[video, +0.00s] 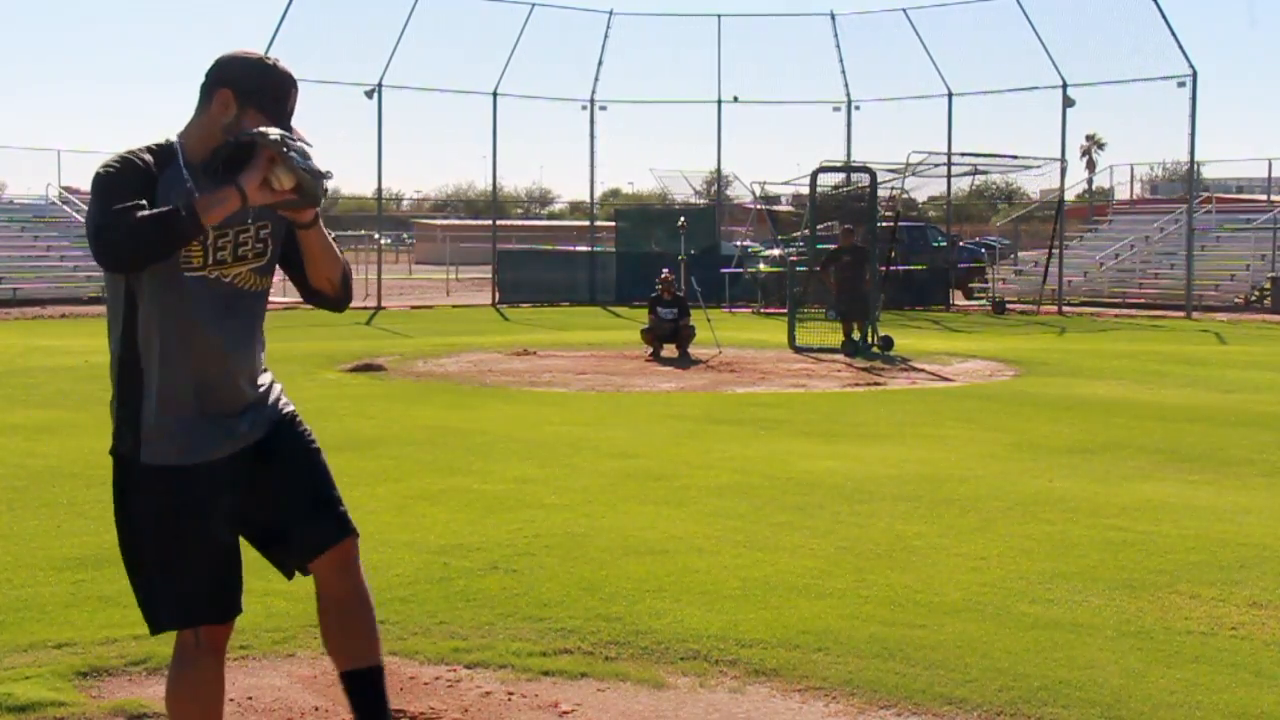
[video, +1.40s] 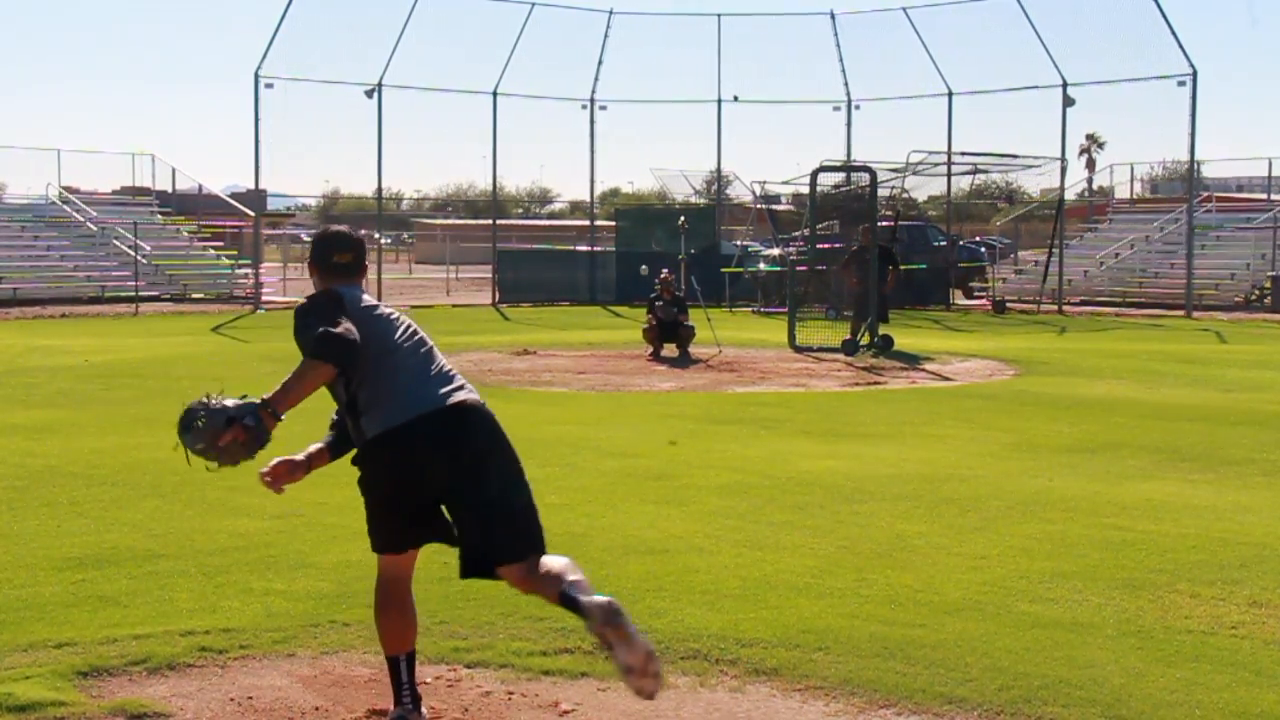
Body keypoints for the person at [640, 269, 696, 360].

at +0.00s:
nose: (666, 287)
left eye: (669, 284)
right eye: (664, 284)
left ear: (673, 285)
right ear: (660, 286)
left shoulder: (680, 300)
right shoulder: (654, 299)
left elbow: (686, 319)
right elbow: (651, 318)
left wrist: (673, 325)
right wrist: (662, 325)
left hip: (676, 328)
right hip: (660, 329)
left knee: (689, 330)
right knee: (645, 333)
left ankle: (682, 350)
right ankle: (656, 347)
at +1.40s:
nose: (667, 286)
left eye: (669, 283)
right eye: (664, 284)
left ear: (673, 284)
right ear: (660, 285)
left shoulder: (679, 299)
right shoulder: (654, 299)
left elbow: (685, 317)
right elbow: (649, 314)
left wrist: (675, 317)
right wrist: (652, 320)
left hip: (675, 325)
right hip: (660, 325)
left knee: (688, 330)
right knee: (648, 331)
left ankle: (683, 349)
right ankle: (656, 348)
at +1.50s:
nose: (664, 288)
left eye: (666, 285)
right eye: (661, 285)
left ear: (670, 286)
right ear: (658, 286)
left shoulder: (676, 299)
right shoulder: (653, 300)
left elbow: (682, 313)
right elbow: (649, 316)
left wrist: (672, 312)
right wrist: (648, 322)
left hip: (675, 324)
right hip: (660, 324)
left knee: (689, 330)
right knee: (649, 330)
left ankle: (683, 349)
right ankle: (656, 348)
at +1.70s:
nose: (658, 294)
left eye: (660, 291)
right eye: (655, 292)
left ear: (665, 291)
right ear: (651, 293)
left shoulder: (673, 302)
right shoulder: (651, 305)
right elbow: (651, 319)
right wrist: (653, 323)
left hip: (674, 330)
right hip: (660, 330)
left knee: (689, 329)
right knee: (651, 331)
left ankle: (684, 350)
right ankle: (656, 349)